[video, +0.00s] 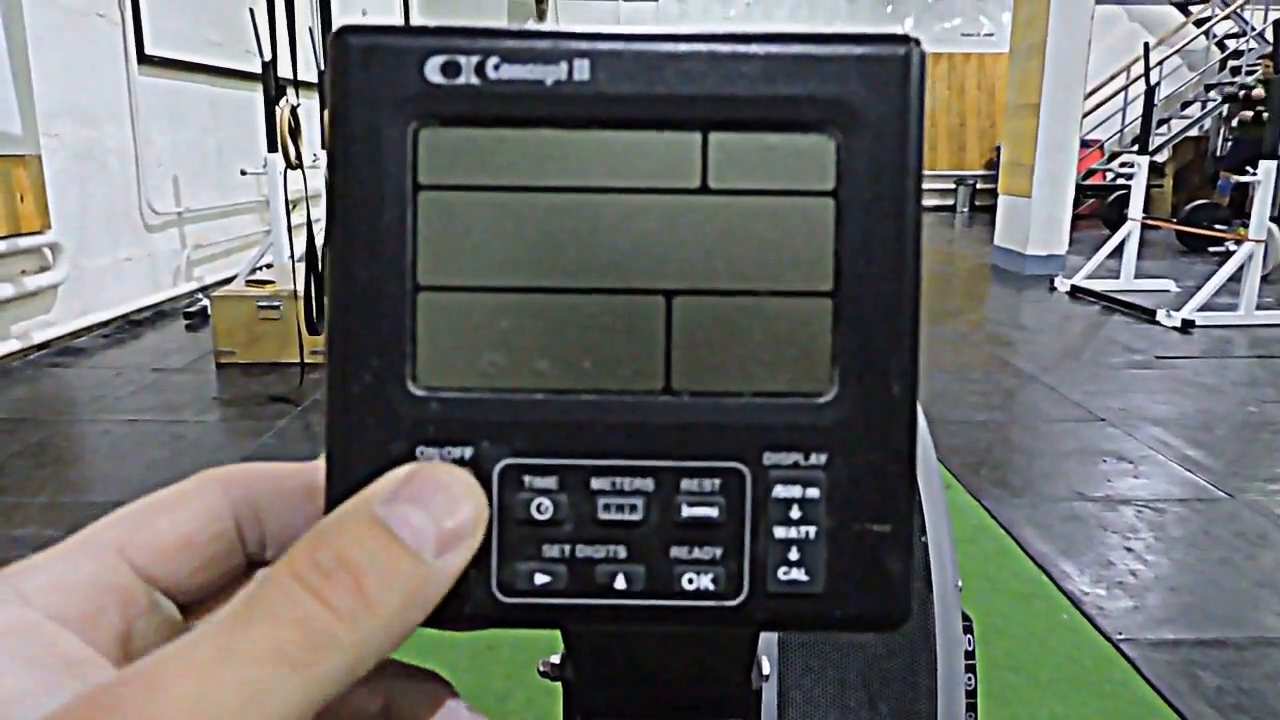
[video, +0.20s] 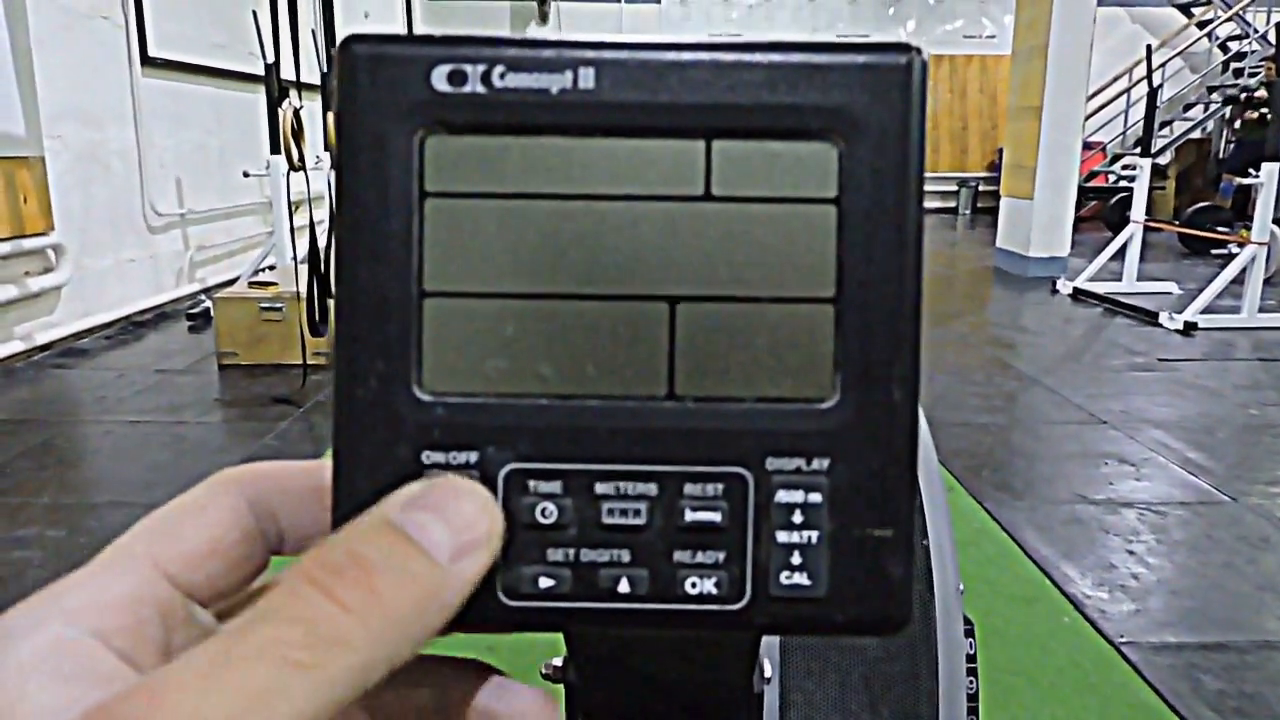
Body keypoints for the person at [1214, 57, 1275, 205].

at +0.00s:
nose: (1265, 70)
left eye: (1269, 66)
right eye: (1264, 66)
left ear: (1275, 69)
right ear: (1260, 66)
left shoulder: (1274, 86)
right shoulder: (1252, 83)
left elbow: (1273, 115)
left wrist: (1255, 116)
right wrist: (1250, 95)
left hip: (1264, 138)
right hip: (1244, 136)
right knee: (1227, 172)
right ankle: (1217, 215)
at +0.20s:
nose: (1267, 72)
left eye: (1271, 69)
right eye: (1265, 68)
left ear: (1277, 71)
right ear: (1262, 70)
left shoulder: (1275, 88)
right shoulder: (1255, 87)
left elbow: (1275, 114)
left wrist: (1262, 115)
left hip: (1266, 140)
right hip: (1247, 139)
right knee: (1229, 174)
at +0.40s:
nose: (1268, 72)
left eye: (1271, 69)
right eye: (1266, 68)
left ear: (1278, 71)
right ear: (1263, 70)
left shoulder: (1275, 89)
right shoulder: (1254, 87)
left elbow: (1275, 114)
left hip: (1268, 142)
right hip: (1248, 140)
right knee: (1230, 175)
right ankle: (1219, 219)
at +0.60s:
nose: (1269, 73)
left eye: (1272, 69)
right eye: (1266, 69)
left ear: (1279, 70)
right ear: (1264, 70)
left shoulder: (1275, 90)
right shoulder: (1255, 88)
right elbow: (1228, 99)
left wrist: (1271, 99)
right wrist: (1250, 107)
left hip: (1269, 144)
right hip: (1248, 141)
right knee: (1231, 177)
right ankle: (1219, 220)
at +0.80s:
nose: (1269, 73)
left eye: (1273, 69)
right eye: (1267, 69)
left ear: (1279, 70)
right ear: (1264, 70)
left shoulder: (1277, 91)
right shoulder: (1254, 88)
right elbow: (1225, 104)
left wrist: (1273, 109)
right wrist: (1250, 103)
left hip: (1272, 145)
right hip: (1249, 143)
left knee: (1269, 184)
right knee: (1232, 177)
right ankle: (1222, 219)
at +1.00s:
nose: (1268, 74)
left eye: (1272, 70)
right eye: (1266, 70)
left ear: (1278, 71)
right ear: (1263, 71)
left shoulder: (1277, 92)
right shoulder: (1254, 90)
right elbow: (1223, 107)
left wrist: (1274, 108)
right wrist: (1250, 103)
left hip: (1270, 147)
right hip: (1248, 144)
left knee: (1269, 184)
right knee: (1231, 177)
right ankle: (1221, 220)